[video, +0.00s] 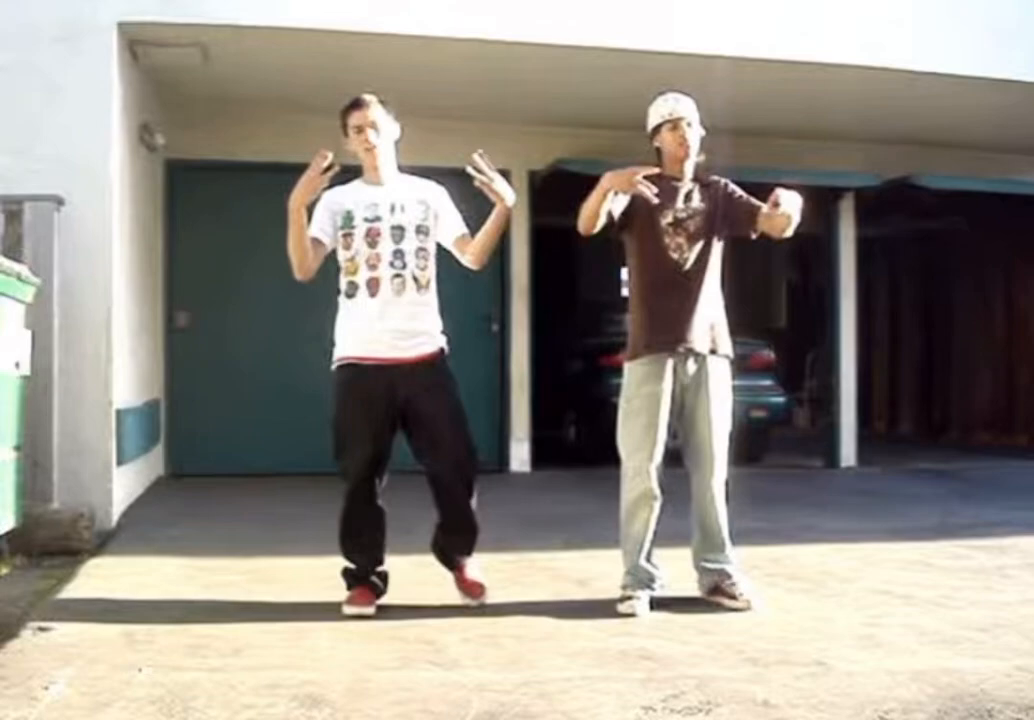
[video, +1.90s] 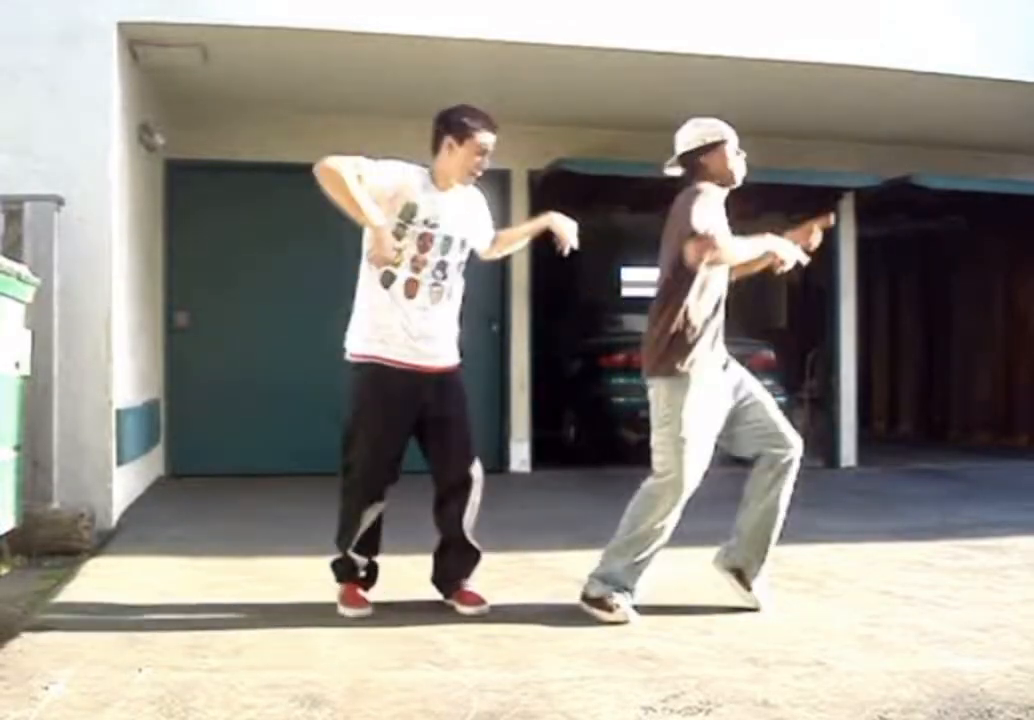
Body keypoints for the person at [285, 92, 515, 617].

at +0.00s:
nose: (368, 137)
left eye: (374, 127)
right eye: (358, 130)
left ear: (394, 133)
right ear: (347, 142)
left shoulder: (429, 194)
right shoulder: (336, 199)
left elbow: (473, 256)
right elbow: (304, 268)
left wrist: (503, 207)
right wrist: (297, 204)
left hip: (423, 356)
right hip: (360, 360)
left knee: (456, 464)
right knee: (359, 473)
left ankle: (457, 552)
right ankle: (364, 579)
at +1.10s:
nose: (445, 135)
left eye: (455, 129)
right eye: (438, 125)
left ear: (466, 141)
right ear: (419, 130)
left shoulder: (477, 200)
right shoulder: (384, 194)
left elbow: (515, 261)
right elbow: (320, 246)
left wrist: (546, 206)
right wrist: (329, 187)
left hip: (452, 359)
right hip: (389, 356)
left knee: (455, 476)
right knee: (376, 473)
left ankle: (456, 579)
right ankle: (366, 579)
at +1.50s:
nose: (448, 134)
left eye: (458, 128)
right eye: (440, 125)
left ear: (468, 138)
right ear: (422, 128)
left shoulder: (481, 197)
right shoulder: (387, 192)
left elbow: (525, 260)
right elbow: (332, 253)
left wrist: (556, 214)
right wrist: (338, 201)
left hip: (456, 358)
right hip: (393, 355)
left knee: (458, 478)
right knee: (379, 473)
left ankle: (458, 578)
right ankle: (366, 579)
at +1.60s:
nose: (442, 135)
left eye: (452, 127)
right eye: (434, 124)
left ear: (463, 136)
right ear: (415, 128)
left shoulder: (480, 195)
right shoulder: (384, 193)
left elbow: (512, 264)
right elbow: (352, 274)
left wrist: (532, 259)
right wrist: (378, 263)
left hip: (457, 358)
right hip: (394, 357)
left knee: (461, 476)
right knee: (379, 472)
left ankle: (458, 579)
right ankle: (366, 580)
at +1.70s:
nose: (452, 150)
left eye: (461, 143)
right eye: (444, 139)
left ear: (469, 154)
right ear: (422, 143)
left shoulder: (478, 216)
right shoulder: (386, 208)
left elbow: (477, 292)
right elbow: (365, 286)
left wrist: (487, 348)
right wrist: (371, 344)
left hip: (454, 376)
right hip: (394, 373)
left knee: (467, 483)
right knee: (375, 481)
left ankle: (456, 580)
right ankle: (365, 580)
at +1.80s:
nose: (479, 171)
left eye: (486, 163)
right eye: (472, 159)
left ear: (487, 167)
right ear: (443, 155)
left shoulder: (478, 223)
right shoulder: (393, 209)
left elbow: (468, 291)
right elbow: (327, 255)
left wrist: (522, 324)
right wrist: (348, 301)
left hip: (448, 374)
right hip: (390, 372)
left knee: (472, 484)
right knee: (377, 482)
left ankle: (456, 580)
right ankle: (364, 581)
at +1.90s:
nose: (484, 162)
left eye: (488, 153)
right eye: (479, 150)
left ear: (477, 154)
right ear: (448, 143)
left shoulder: (471, 203)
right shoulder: (401, 179)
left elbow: (492, 247)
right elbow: (330, 170)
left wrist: (543, 221)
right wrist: (374, 226)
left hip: (441, 364)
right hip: (383, 358)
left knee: (460, 473)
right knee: (368, 472)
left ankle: (454, 578)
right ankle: (354, 577)